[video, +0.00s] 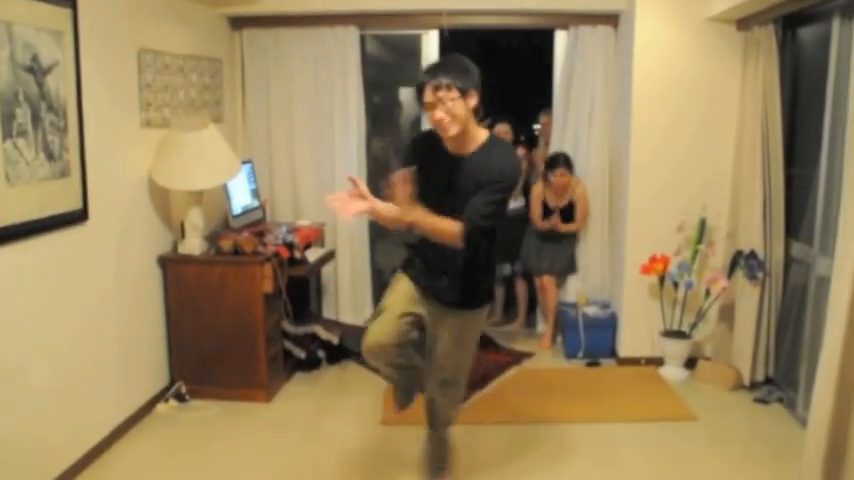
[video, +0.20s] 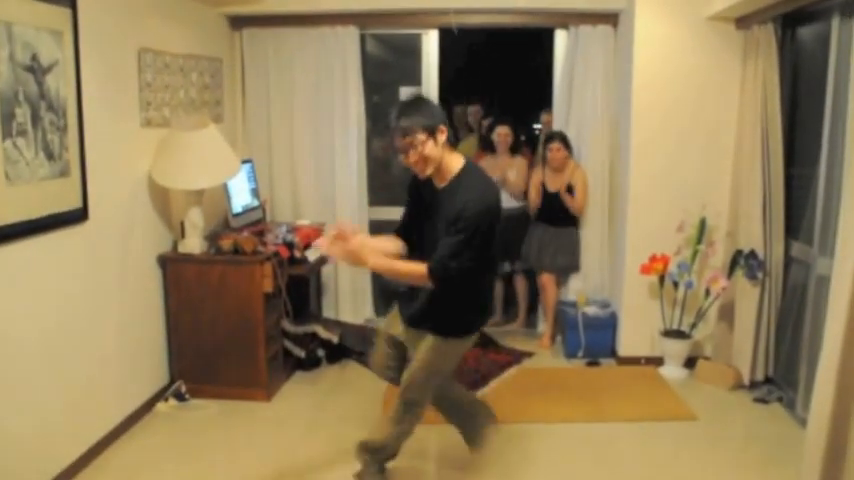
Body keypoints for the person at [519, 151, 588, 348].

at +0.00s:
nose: (559, 180)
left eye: (563, 175)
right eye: (554, 175)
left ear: (571, 175)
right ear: (547, 176)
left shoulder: (578, 190)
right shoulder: (538, 189)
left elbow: (580, 223)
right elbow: (536, 221)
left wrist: (561, 227)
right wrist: (549, 224)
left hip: (564, 235)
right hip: (539, 235)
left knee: (548, 279)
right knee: (539, 281)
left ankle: (550, 329)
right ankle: (550, 325)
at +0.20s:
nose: (554, 154)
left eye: (559, 149)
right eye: (550, 150)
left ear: (568, 152)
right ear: (545, 153)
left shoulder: (576, 173)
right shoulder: (539, 173)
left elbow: (578, 209)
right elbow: (533, 203)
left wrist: (563, 194)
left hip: (564, 229)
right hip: (542, 227)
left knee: (548, 278)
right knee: (544, 279)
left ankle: (549, 329)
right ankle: (550, 327)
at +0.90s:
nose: (546, 146)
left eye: (551, 141)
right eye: (543, 141)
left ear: (560, 144)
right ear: (538, 146)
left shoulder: (569, 165)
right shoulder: (537, 167)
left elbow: (569, 198)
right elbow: (531, 198)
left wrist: (561, 171)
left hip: (561, 225)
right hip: (539, 224)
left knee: (538, 274)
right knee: (544, 279)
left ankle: (536, 319)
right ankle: (548, 323)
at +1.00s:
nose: (545, 146)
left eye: (550, 141)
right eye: (542, 141)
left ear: (559, 144)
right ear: (537, 145)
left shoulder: (568, 166)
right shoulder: (538, 167)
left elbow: (568, 200)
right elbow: (532, 197)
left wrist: (553, 177)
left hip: (559, 225)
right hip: (539, 223)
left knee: (538, 273)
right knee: (543, 279)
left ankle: (535, 319)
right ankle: (547, 323)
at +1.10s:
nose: (545, 146)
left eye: (550, 141)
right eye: (541, 141)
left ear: (559, 144)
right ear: (536, 145)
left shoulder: (567, 167)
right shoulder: (534, 168)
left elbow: (569, 202)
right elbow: (529, 195)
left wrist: (544, 194)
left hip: (558, 226)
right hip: (537, 224)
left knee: (544, 274)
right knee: (539, 274)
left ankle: (535, 319)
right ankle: (545, 320)